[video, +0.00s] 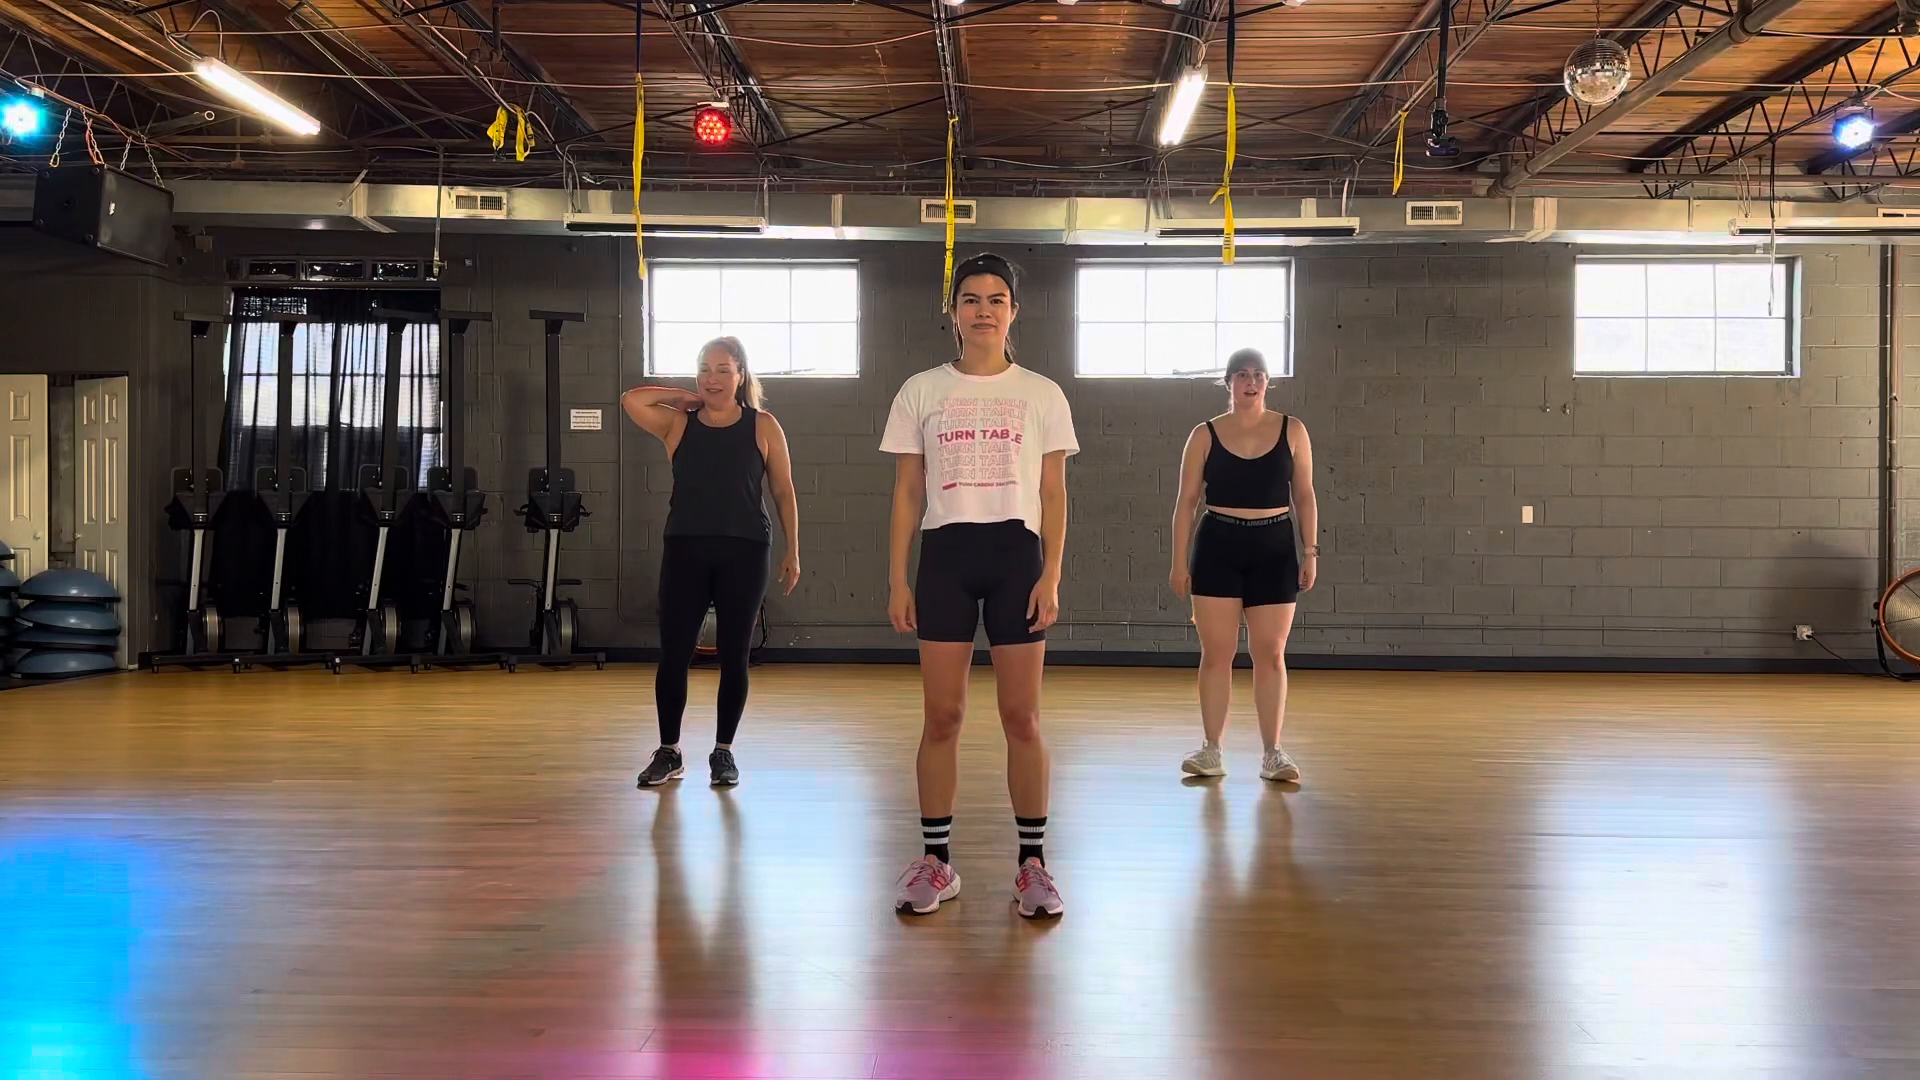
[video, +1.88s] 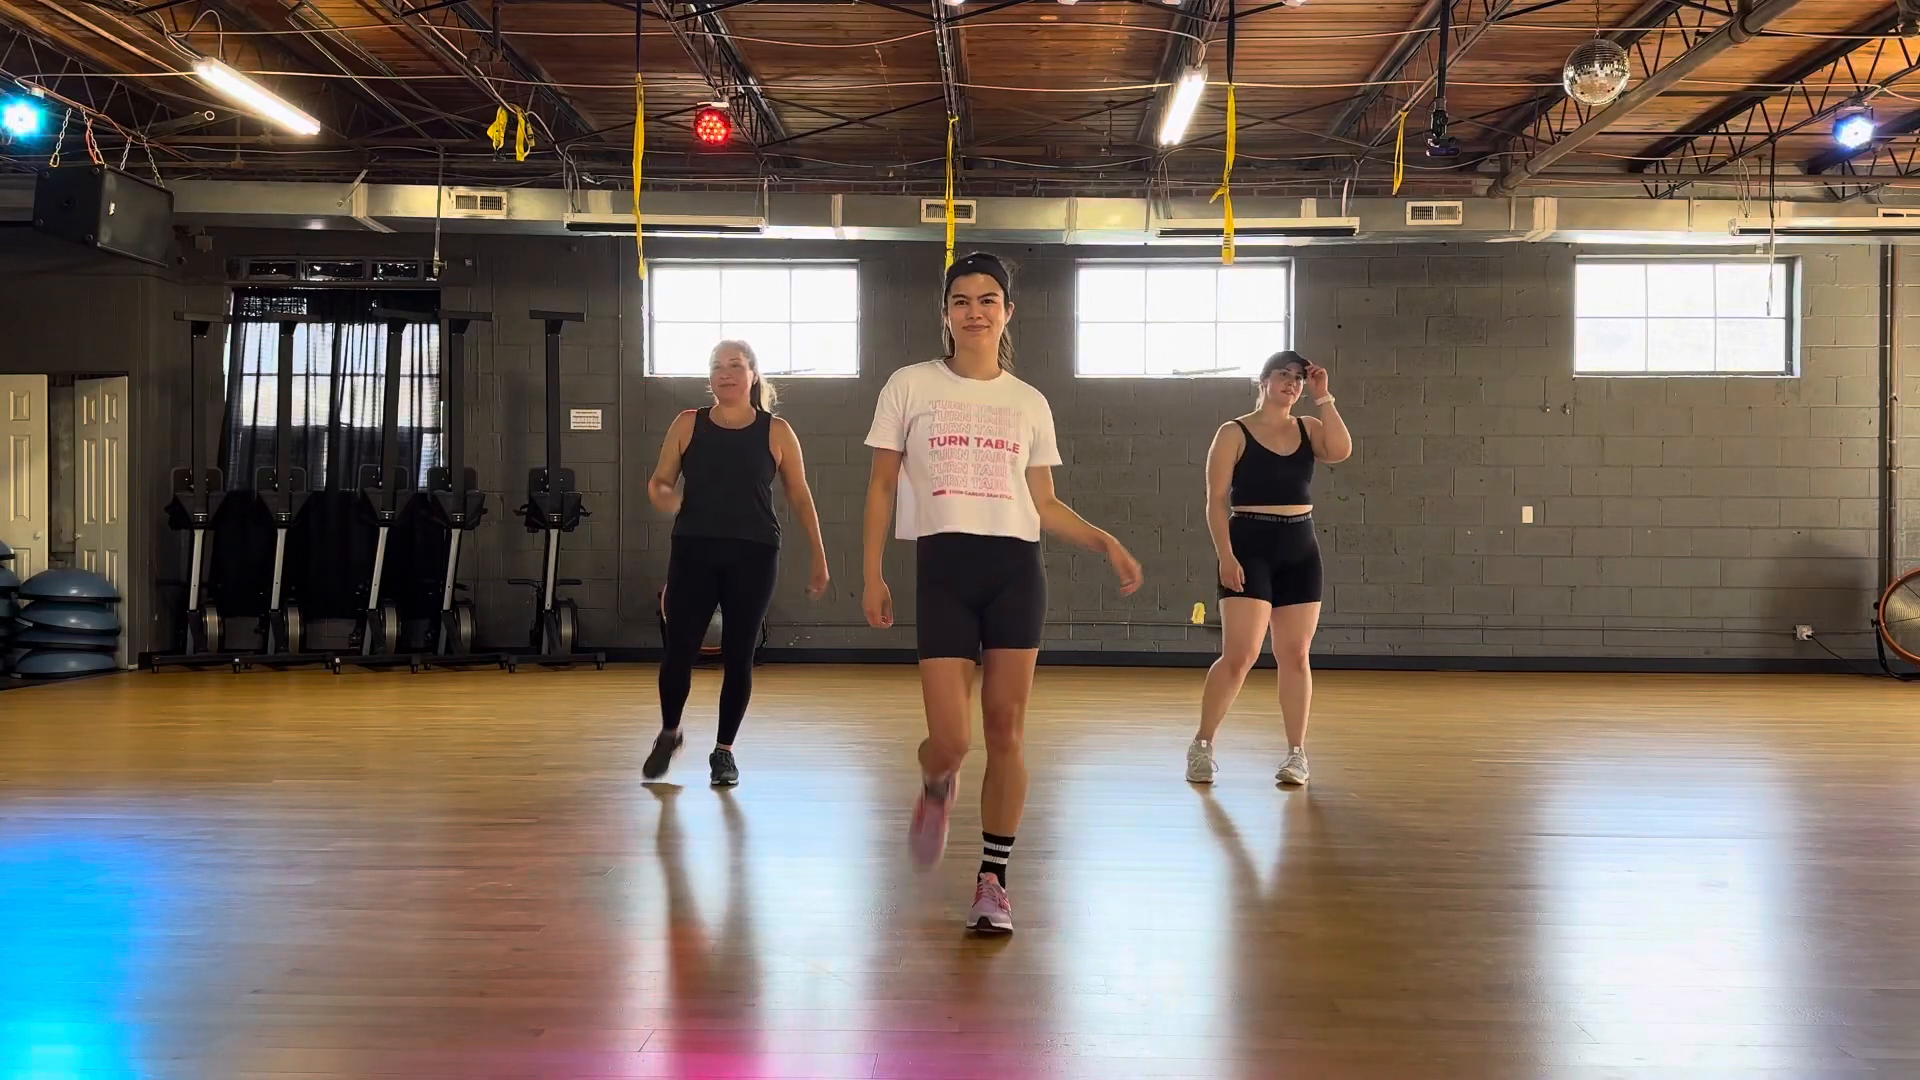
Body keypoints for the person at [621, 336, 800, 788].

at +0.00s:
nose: (714, 378)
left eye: (723, 369)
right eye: (706, 370)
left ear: (741, 375)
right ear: (698, 376)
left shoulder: (764, 426)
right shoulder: (676, 422)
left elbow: (784, 492)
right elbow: (631, 399)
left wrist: (792, 551)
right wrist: (677, 392)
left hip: (744, 552)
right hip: (685, 550)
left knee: (733, 654)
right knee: (674, 652)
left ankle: (722, 750)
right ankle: (667, 751)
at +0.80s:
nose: (716, 375)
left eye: (726, 368)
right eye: (709, 368)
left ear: (744, 375)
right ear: (701, 376)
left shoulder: (766, 428)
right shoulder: (681, 424)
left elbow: (786, 495)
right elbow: (632, 465)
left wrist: (792, 556)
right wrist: (658, 415)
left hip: (745, 553)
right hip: (687, 550)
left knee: (734, 654)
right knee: (671, 649)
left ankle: (723, 750)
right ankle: (666, 746)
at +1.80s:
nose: (724, 373)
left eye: (734, 366)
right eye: (717, 366)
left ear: (752, 375)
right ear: (708, 376)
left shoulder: (775, 428)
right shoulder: (688, 422)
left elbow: (806, 489)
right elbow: (653, 484)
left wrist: (811, 548)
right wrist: (667, 462)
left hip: (750, 554)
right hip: (691, 551)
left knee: (737, 656)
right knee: (675, 651)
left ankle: (723, 750)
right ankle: (669, 746)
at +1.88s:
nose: (726, 373)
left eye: (735, 366)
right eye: (719, 367)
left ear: (754, 376)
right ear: (710, 377)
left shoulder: (777, 430)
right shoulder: (688, 423)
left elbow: (800, 497)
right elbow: (660, 482)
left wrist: (819, 559)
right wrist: (667, 499)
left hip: (752, 556)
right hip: (693, 553)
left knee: (739, 657)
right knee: (679, 651)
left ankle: (724, 751)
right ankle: (669, 733)